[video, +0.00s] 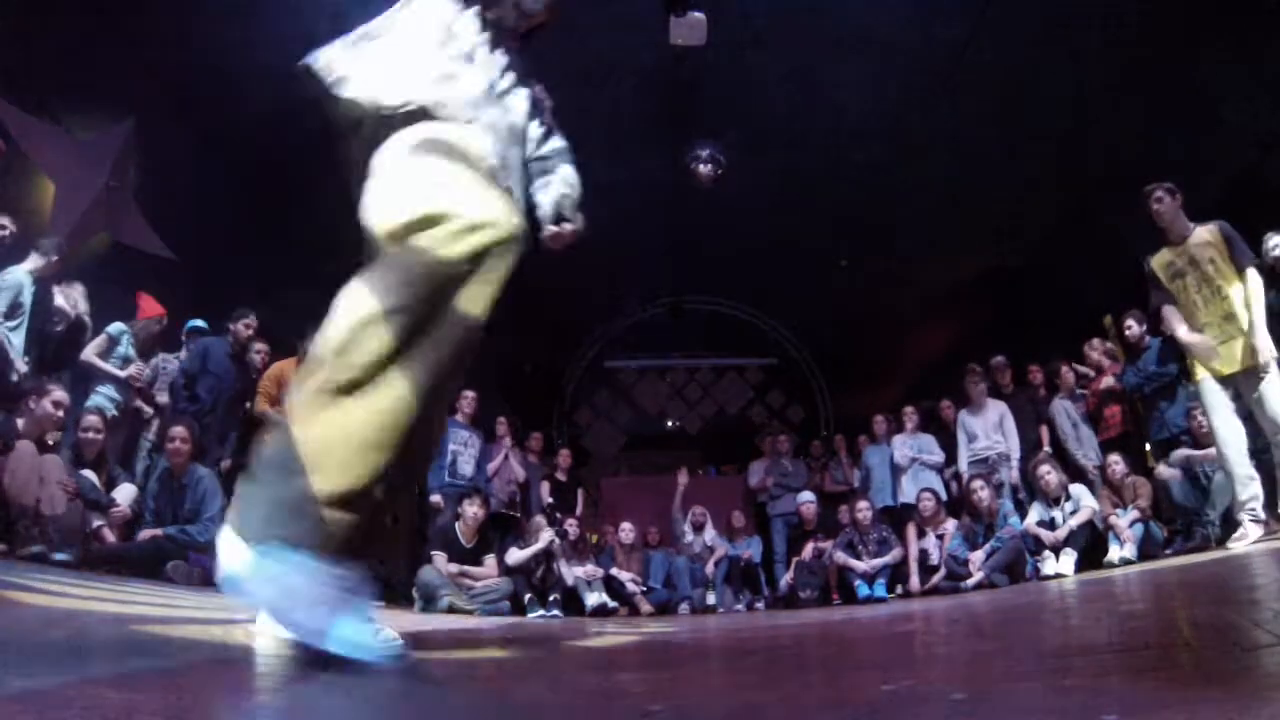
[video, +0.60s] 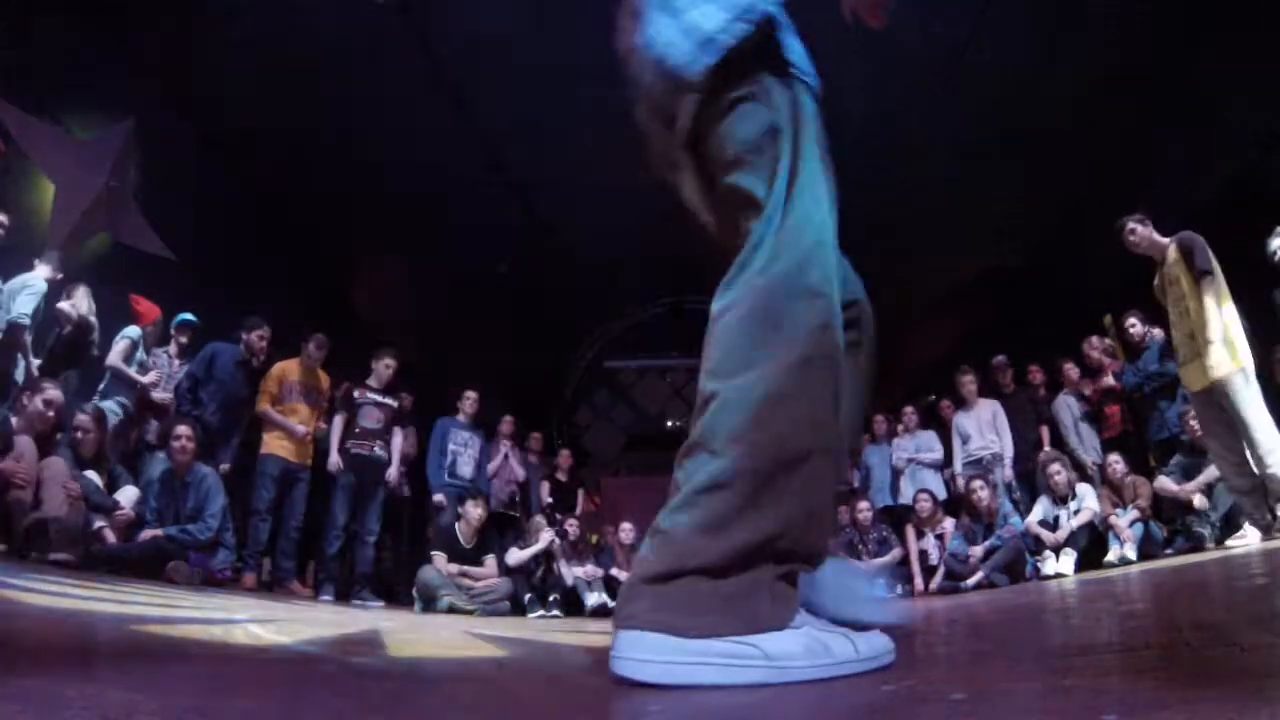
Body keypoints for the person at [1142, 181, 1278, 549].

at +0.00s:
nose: (1155, 207)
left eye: (1160, 199)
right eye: (1150, 204)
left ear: (1178, 200)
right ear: (1150, 214)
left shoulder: (1218, 232)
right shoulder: (1156, 263)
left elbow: (1252, 277)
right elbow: (1166, 308)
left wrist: (1260, 333)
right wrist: (1184, 333)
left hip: (1248, 346)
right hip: (1205, 360)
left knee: (1276, 427)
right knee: (1228, 440)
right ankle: (1252, 518)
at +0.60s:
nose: (1133, 240)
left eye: (1133, 231)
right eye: (1127, 240)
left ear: (1148, 225)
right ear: (1130, 248)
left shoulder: (1186, 243)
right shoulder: (1159, 283)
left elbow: (1210, 296)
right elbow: (1179, 325)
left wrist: (1213, 347)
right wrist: (1187, 368)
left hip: (1225, 358)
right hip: (1194, 374)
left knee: (1261, 439)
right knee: (1225, 454)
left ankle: (1276, 510)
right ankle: (1257, 520)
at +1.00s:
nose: (1144, 222)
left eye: (1147, 213)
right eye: (1139, 221)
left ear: (1163, 212)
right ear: (1140, 231)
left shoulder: (1201, 230)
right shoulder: (1158, 276)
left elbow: (1227, 270)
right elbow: (1173, 332)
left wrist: (1217, 312)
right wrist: (1176, 389)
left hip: (1247, 344)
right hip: (1209, 362)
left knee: (1277, 423)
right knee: (1230, 447)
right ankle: (1256, 520)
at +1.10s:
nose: (1149, 219)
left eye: (1152, 211)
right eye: (1144, 218)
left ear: (1168, 209)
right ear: (1145, 229)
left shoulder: (1210, 230)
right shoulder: (1161, 275)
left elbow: (1240, 272)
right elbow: (1162, 330)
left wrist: (1244, 321)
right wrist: (1160, 384)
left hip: (1253, 339)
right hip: (1213, 356)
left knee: (1277, 417)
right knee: (1232, 442)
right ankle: (1253, 520)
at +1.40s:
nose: (1162, 203)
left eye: (1166, 194)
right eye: (1156, 200)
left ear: (1184, 195)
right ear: (1157, 213)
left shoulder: (1228, 227)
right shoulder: (1165, 258)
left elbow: (1268, 267)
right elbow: (1172, 306)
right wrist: (1189, 344)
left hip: (1265, 337)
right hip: (1219, 356)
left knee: (1279, 422)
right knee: (1249, 437)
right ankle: (1269, 515)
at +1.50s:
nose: (1164, 197)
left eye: (1168, 190)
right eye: (1158, 196)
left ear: (1186, 191)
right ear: (1159, 209)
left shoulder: (1230, 223)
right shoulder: (1164, 251)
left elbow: (1268, 263)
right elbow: (1175, 300)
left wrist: (1277, 303)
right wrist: (1210, 326)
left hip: (1263, 333)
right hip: (1218, 350)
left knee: (1278, 419)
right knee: (1247, 436)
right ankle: (1268, 517)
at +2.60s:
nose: (1143, 228)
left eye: (1145, 221)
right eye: (1136, 231)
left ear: (1158, 223)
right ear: (1137, 246)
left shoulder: (1191, 234)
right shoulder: (1161, 286)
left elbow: (1205, 286)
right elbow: (1190, 328)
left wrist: (1189, 332)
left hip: (1246, 351)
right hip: (1210, 368)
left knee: (1273, 436)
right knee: (1231, 450)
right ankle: (1266, 517)